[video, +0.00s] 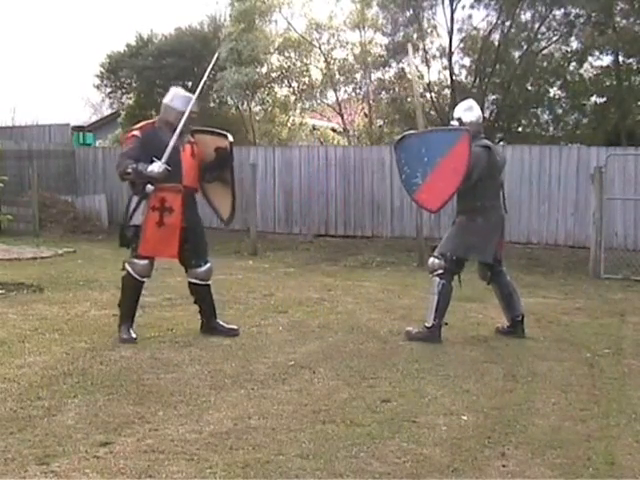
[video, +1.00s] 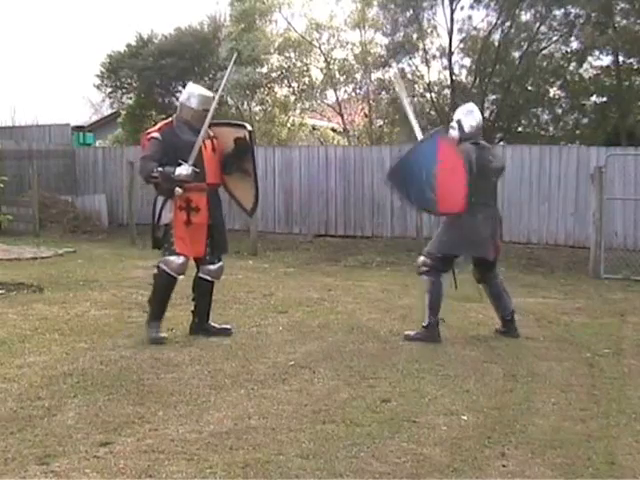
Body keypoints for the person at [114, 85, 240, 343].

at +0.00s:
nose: (183, 120)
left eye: (187, 116)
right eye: (180, 114)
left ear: (189, 116)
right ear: (166, 110)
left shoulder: (189, 142)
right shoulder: (145, 135)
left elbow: (204, 174)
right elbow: (123, 165)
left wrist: (224, 157)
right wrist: (145, 169)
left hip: (185, 210)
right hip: (152, 209)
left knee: (200, 268)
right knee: (140, 265)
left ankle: (209, 321)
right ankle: (126, 324)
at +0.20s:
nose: (172, 120)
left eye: (176, 116)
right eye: (168, 114)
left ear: (178, 116)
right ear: (155, 110)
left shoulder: (177, 141)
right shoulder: (132, 136)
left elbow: (188, 174)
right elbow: (115, 168)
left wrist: (209, 155)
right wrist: (137, 174)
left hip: (177, 208)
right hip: (146, 209)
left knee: (195, 266)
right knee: (137, 266)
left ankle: (209, 320)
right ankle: (125, 325)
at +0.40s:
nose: (177, 122)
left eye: (180, 117)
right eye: (173, 115)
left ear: (181, 116)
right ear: (157, 111)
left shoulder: (178, 140)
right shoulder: (134, 137)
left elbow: (189, 172)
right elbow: (114, 166)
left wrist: (211, 156)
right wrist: (135, 177)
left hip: (179, 211)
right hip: (147, 211)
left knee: (198, 266)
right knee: (140, 266)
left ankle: (199, 321)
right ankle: (126, 325)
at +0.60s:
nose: (190, 119)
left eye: (191, 115)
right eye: (185, 114)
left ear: (191, 114)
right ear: (168, 111)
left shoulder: (189, 141)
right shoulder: (145, 137)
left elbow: (199, 174)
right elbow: (127, 170)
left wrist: (219, 155)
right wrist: (148, 181)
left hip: (190, 208)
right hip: (158, 209)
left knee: (204, 266)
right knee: (148, 266)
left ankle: (201, 322)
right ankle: (126, 324)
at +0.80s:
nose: (200, 119)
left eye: (202, 114)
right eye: (195, 113)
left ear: (203, 114)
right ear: (179, 110)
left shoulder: (201, 140)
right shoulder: (156, 137)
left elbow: (210, 171)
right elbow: (141, 170)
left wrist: (232, 155)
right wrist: (163, 179)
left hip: (202, 210)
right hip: (169, 209)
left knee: (209, 266)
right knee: (162, 265)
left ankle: (201, 322)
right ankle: (133, 323)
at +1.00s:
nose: (205, 118)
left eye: (208, 113)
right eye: (200, 111)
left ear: (210, 113)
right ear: (185, 108)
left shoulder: (209, 138)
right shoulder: (163, 135)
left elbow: (220, 169)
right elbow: (146, 167)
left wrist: (240, 153)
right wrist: (169, 174)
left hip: (209, 208)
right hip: (177, 208)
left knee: (211, 265)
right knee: (175, 261)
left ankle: (201, 322)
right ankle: (155, 321)